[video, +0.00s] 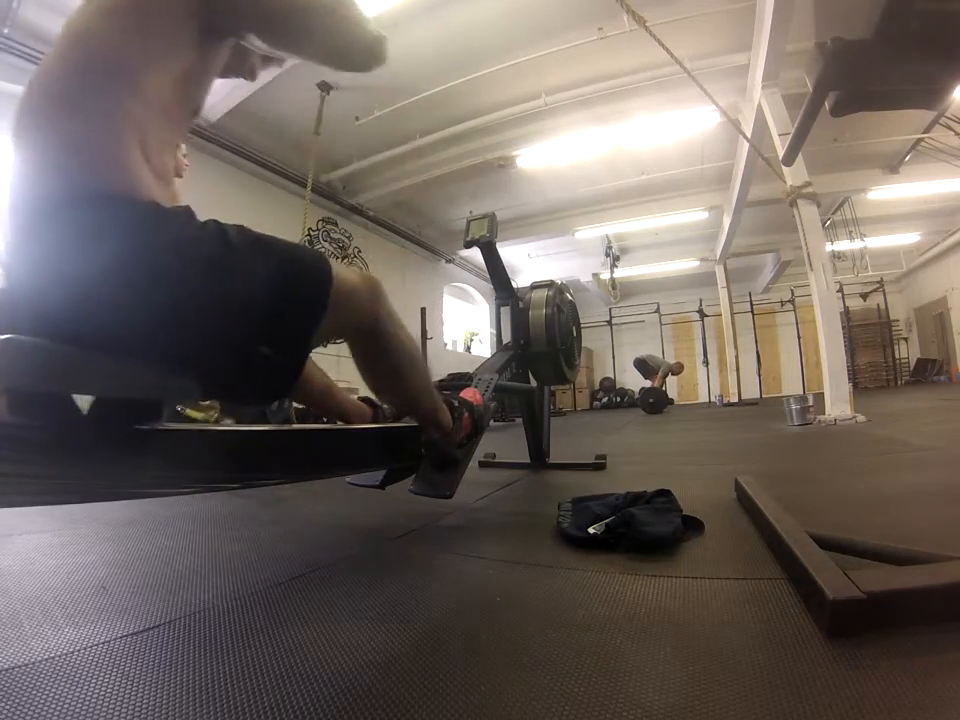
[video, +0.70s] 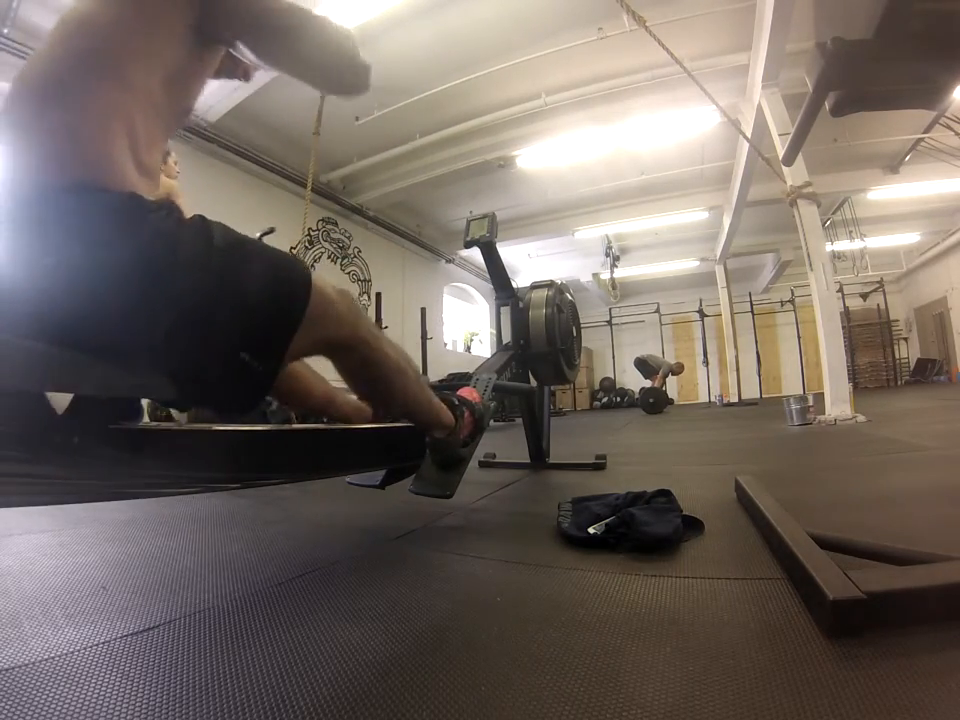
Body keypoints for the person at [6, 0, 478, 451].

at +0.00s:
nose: (262, 74)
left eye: (269, 69)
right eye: (266, 59)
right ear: (250, 18)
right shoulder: (200, 7)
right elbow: (366, 49)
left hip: (41, 259)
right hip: (119, 247)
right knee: (362, 296)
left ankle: (362, 421)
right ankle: (443, 430)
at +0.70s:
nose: (242, 70)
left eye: (241, 67)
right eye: (238, 56)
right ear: (221, 21)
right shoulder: (199, 4)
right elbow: (351, 72)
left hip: (20, 236)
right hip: (104, 231)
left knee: (241, 329)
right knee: (343, 320)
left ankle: (360, 420)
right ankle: (447, 430)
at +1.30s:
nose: (396, 171)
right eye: (400, 156)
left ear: (336, 104)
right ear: (387, 130)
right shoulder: (380, 137)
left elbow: (333, 280)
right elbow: (464, 272)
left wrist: (414, 352)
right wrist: (461, 350)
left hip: (131, 301)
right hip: (213, 290)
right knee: (410, 270)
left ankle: (363, 414)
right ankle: (446, 426)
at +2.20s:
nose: (410, 157)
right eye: (407, 144)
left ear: (342, 110)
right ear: (391, 127)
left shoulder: (279, 137)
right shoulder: (388, 135)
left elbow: (303, 256)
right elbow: (478, 245)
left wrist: (397, 336)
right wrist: (457, 331)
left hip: (152, 324)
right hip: (240, 302)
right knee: (433, 261)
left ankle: (363, 414)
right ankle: (443, 428)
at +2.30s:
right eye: (408, 150)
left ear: (352, 116)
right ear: (395, 133)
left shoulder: (284, 141)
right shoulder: (393, 142)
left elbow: (304, 256)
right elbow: (466, 251)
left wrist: (387, 342)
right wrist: (459, 309)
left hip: (154, 325)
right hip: (244, 304)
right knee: (440, 257)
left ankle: (362, 414)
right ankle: (444, 428)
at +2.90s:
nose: (387, 166)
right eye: (388, 155)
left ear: (332, 115)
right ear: (383, 140)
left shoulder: (272, 139)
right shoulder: (380, 158)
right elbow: (391, 288)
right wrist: (377, 361)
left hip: (145, 324)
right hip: (233, 303)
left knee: (300, 293)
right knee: (429, 258)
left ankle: (362, 414)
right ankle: (444, 425)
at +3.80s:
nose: (311, 43)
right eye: (307, 31)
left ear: (236, 12)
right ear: (291, 15)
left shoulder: (174, 60)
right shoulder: (269, 37)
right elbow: (373, 183)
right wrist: (434, 254)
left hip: (85, 297)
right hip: (171, 279)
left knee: (279, 304)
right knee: (402, 275)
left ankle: (362, 414)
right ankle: (445, 426)